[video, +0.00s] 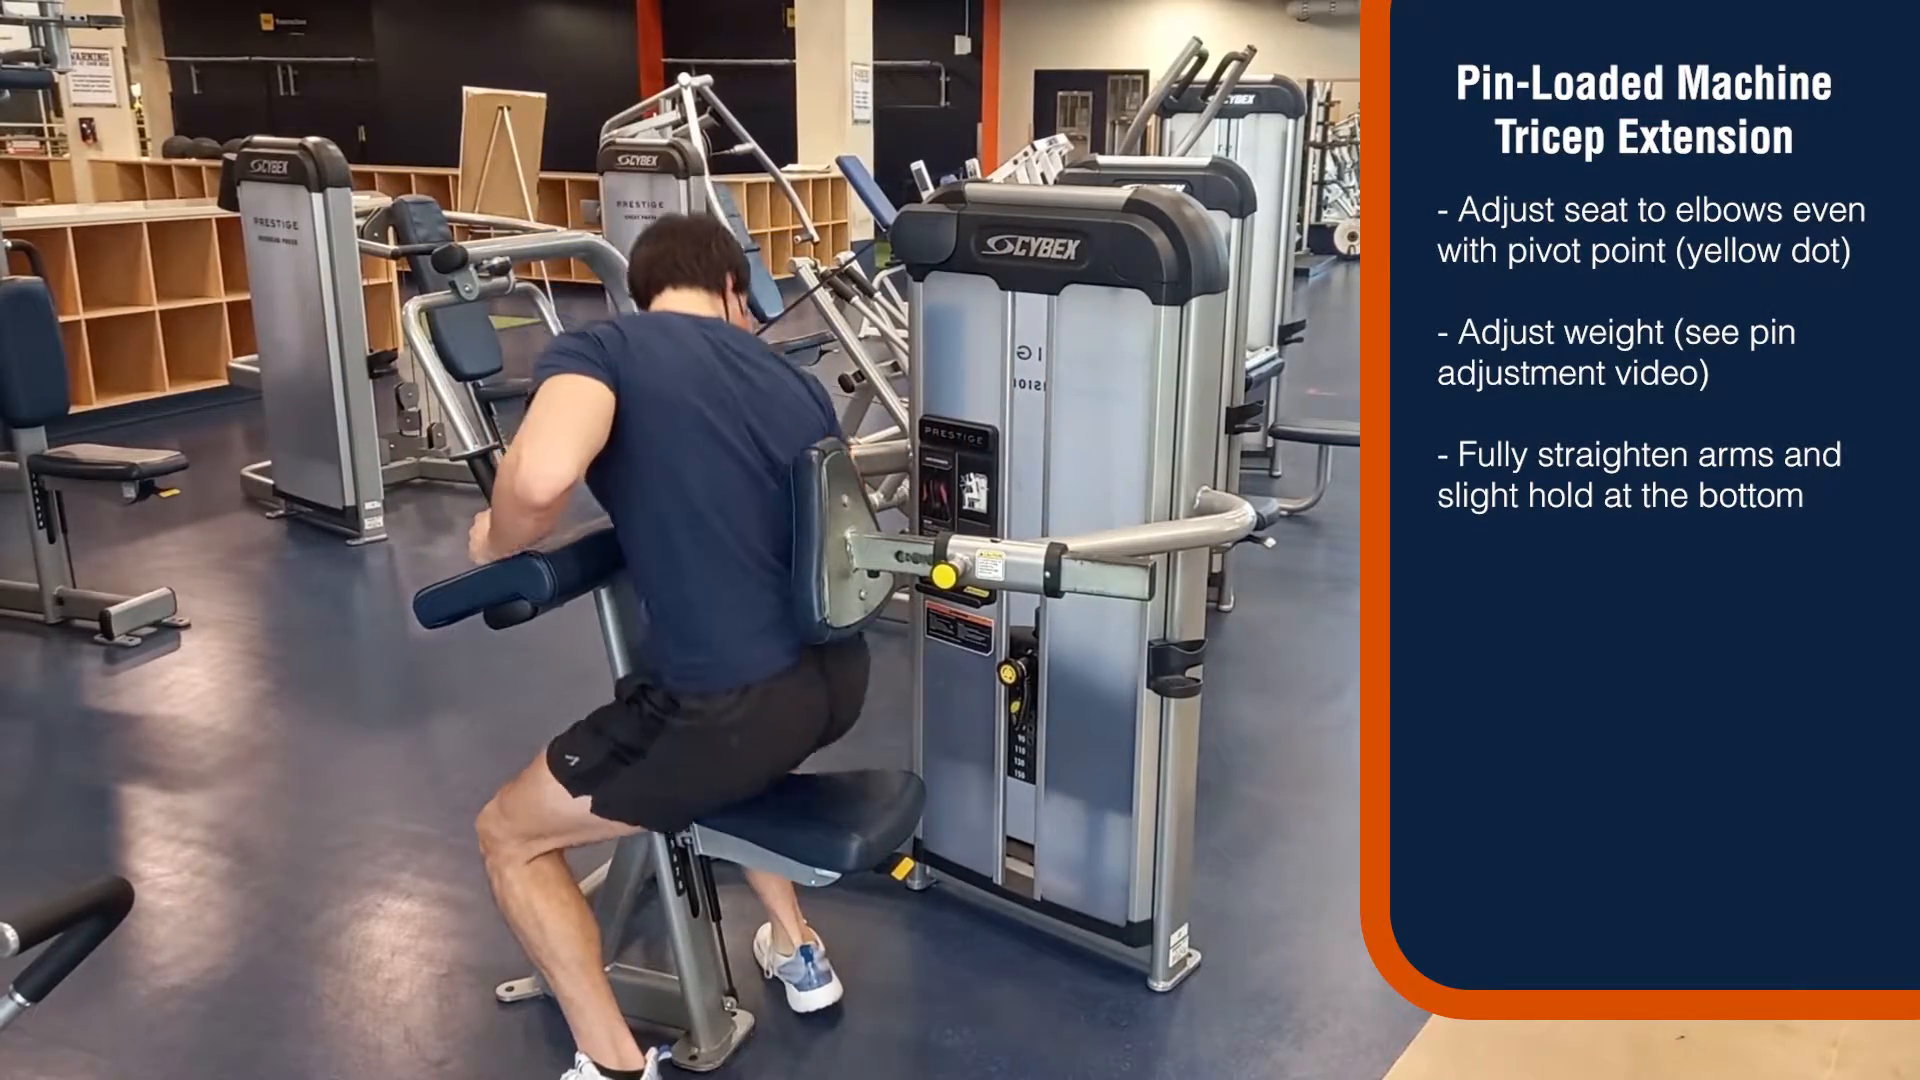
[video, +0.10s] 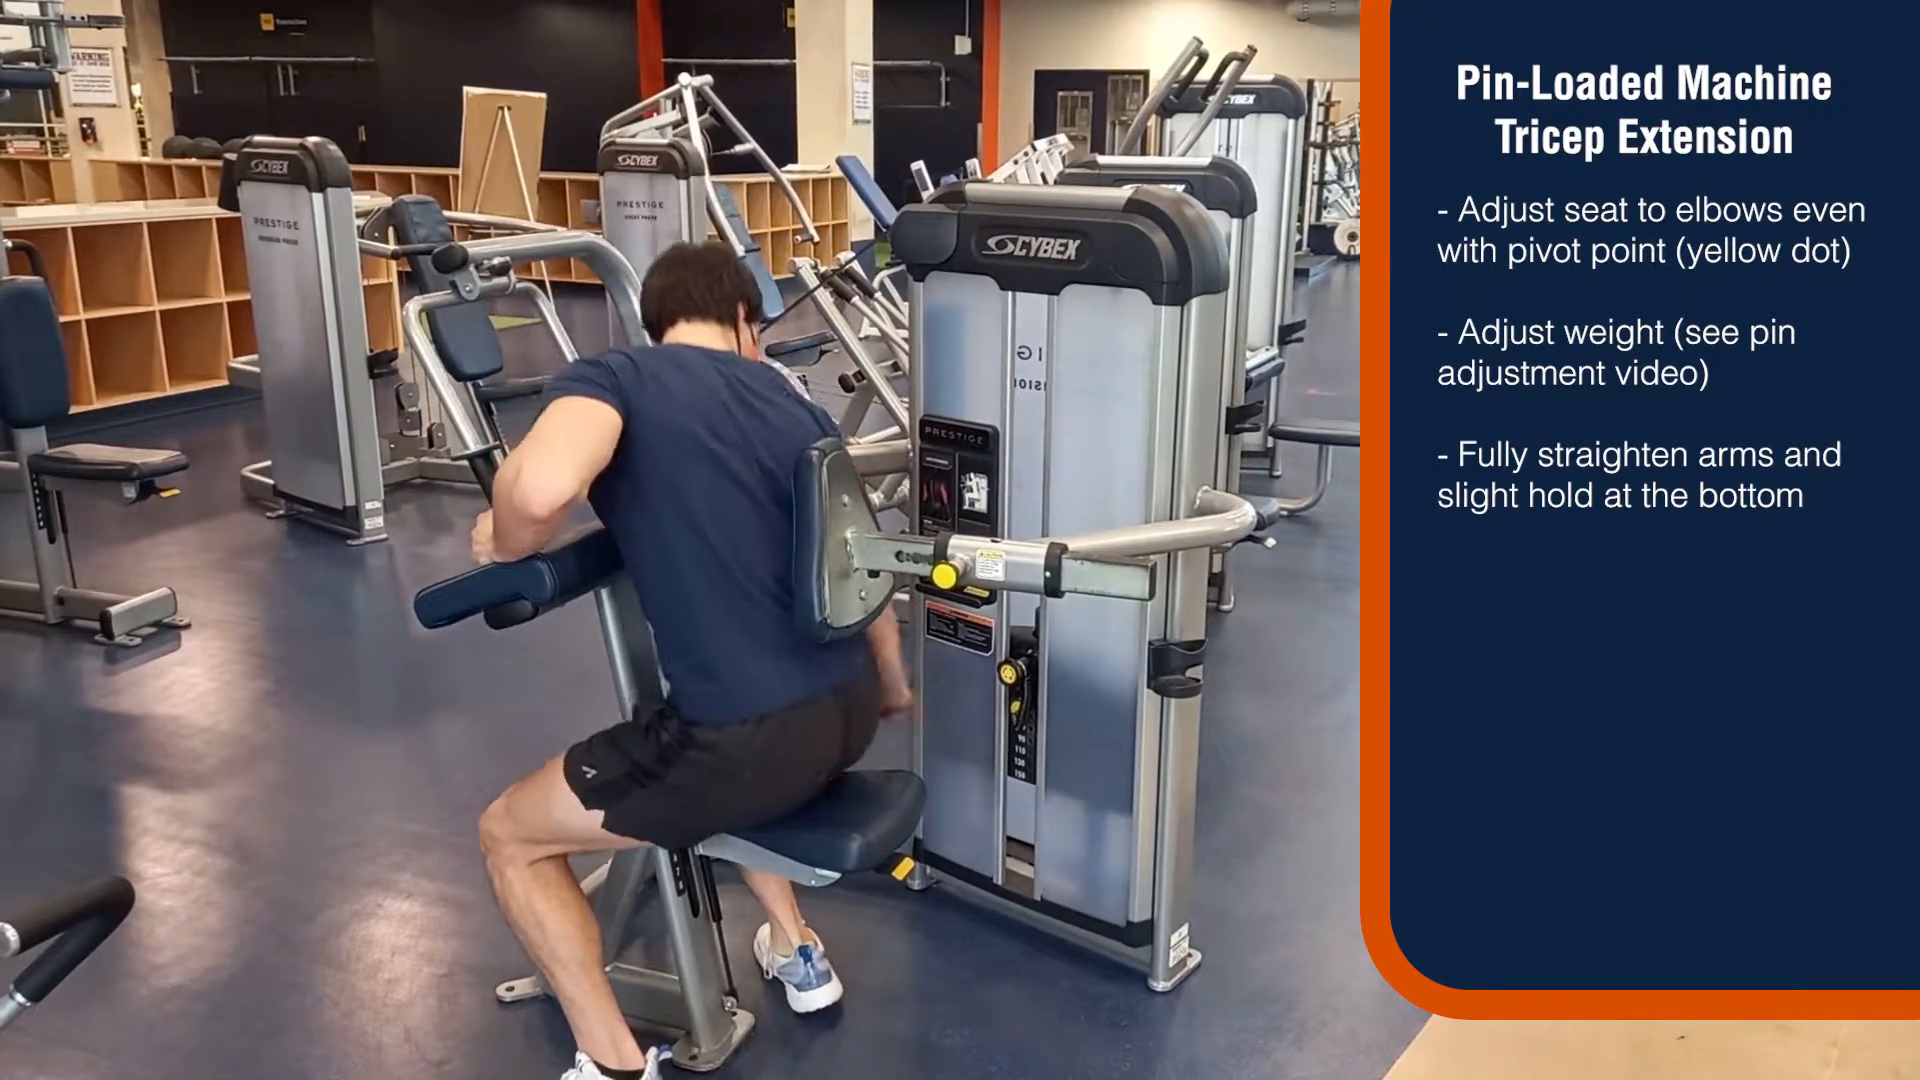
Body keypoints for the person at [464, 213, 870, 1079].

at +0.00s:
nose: (752, 309)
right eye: (750, 297)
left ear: (637, 296)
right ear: (735, 293)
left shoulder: (607, 343)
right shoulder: (791, 377)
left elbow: (539, 478)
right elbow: (838, 511)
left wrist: (500, 543)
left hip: (722, 714)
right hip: (838, 677)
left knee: (508, 833)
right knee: (722, 760)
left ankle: (614, 1060)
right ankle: (796, 944)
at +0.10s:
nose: (761, 342)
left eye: (760, 329)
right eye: (759, 328)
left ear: (651, 325)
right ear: (746, 324)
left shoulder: (618, 374)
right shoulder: (796, 403)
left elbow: (539, 492)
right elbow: (865, 556)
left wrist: (506, 542)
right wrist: (893, 682)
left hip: (738, 746)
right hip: (849, 711)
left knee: (510, 831)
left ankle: (613, 1060)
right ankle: (794, 947)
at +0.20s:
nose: (776, 374)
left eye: (776, 361)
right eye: (777, 357)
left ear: (672, 346)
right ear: (761, 350)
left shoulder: (631, 397)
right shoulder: (801, 430)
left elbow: (540, 500)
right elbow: (879, 597)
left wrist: (505, 541)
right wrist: (938, 705)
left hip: (750, 765)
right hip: (861, 733)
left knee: (511, 832)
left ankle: (615, 1061)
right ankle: (796, 948)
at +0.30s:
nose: (791, 388)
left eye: (792, 373)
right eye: (793, 369)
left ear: (690, 348)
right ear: (775, 357)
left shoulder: (639, 397)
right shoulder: (803, 434)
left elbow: (551, 514)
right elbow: (888, 607)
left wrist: (499, 538)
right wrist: (966, 706)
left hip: (753, 768)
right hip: (862, 737)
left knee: (510, 831)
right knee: (694, 747)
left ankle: (613, 1061)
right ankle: (796, 948)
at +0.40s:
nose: (799, 389)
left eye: (800, 373)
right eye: (801, 370)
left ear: (698, 347)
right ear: (786, 360)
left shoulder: (646, 399)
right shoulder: (806, 436)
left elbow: (552, 522)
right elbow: (891, 606)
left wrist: (494, 539)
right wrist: (983, 698)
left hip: (753, 773)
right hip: (863, 741)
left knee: (506, 831)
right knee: (700, 733)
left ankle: (613, 1060)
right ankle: (795, 946)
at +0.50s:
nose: (803, 394)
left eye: (805, 376)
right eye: (805, 375)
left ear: (705, 350)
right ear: (789, 366)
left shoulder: (643, 406)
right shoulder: (808, 439)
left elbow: (562, 524)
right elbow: (898, 612)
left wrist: (492, 540)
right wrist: (985, 691)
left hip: (752, 778)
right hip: (861, 748)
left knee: (497, 830)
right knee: (694, 731)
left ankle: (612, 1058)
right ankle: (791, 940)